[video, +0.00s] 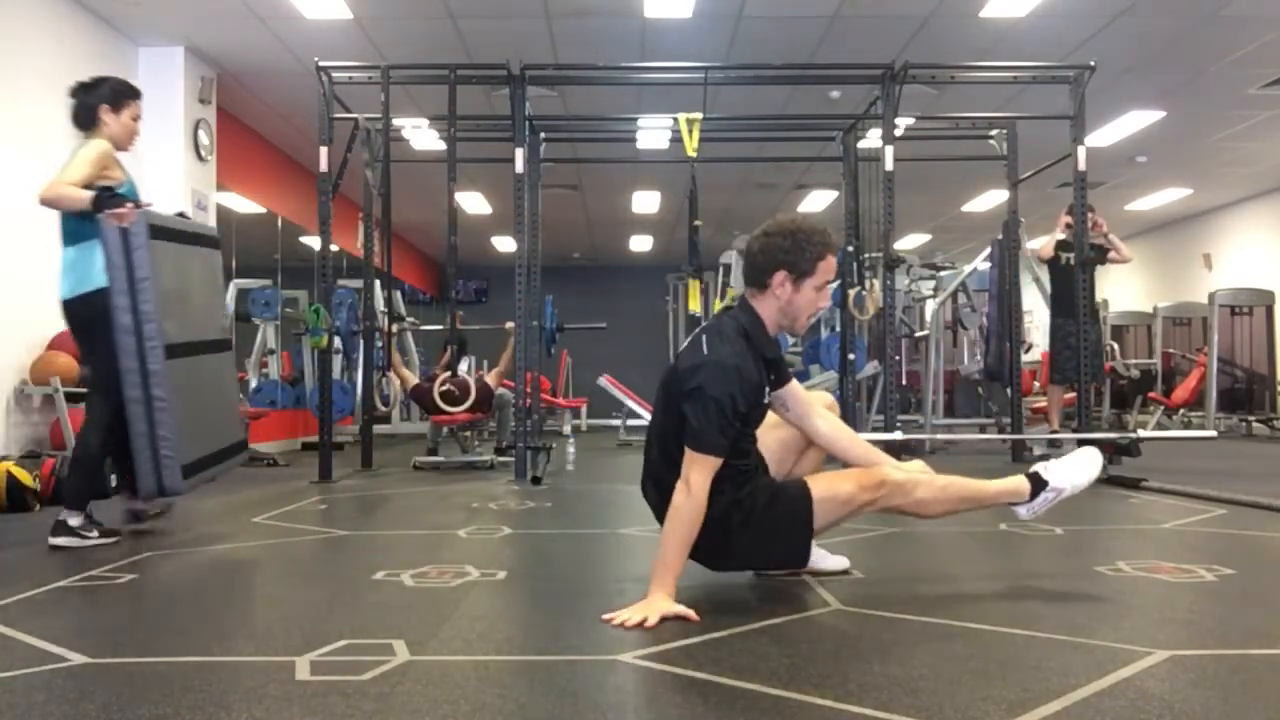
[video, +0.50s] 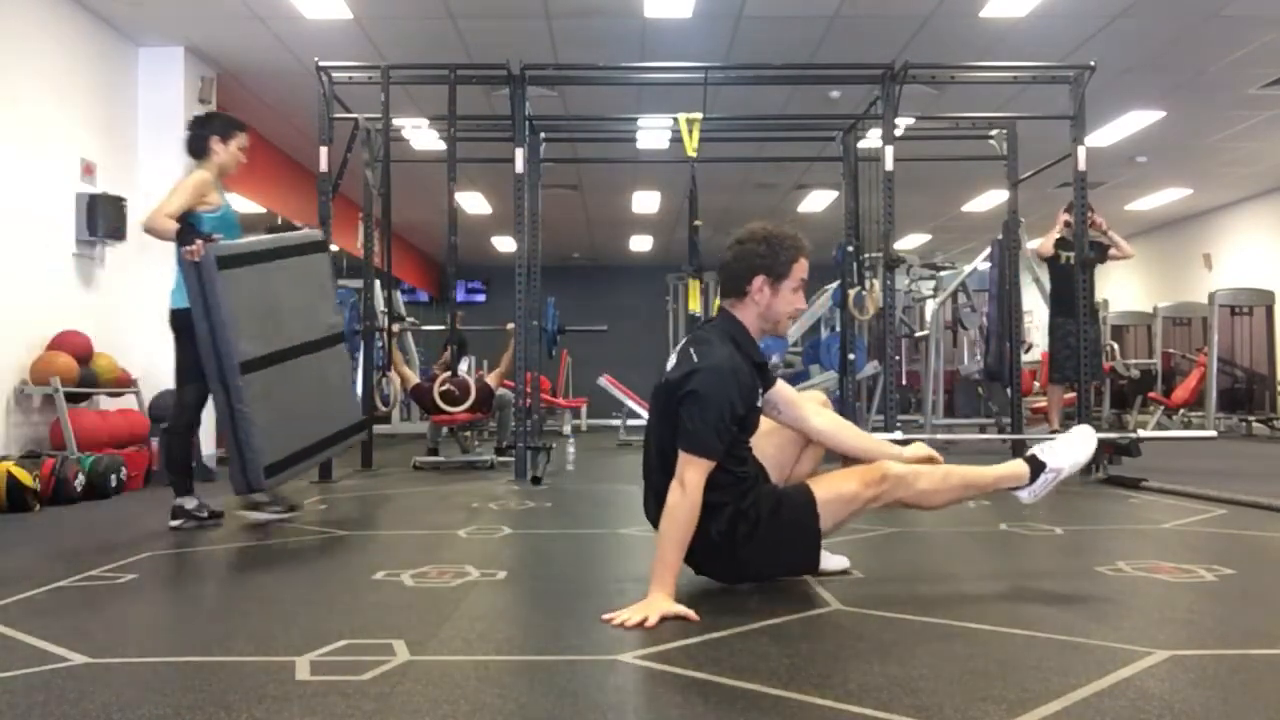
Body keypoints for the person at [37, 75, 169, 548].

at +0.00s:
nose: (138, 127)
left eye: (139, 118)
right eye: (133, 117)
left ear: (104, 115)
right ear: (106, 114)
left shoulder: (104, 158)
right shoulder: (97, 149)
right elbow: (52, 193)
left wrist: (131, 209)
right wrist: (102, 205)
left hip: (101, 294)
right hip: (94, 294)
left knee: (122, 396)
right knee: (108, 397)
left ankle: (136, 500)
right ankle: (72, 515)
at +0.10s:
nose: (157, 137)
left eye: (158, 129)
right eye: (153, 127)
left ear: (123, 126)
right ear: (126, 124)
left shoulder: (123, 168)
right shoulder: (119, 159)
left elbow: (102, 229)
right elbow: (75, 201)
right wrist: (124, 212)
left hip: (120, 301)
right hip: (119, 300)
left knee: (143, 400)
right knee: (129, 401)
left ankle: (169, 496)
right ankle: (77, 511)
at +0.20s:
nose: (181, 146)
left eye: (183, 138)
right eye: (177, 136)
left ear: (150, 136)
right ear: (152, 134)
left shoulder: (152, 176)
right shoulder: (145, 169)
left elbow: (122, 221)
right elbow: (104, 211)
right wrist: (146, 220)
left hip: (149, 304)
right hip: (148, 305)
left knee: (164, 407)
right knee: (167, 407)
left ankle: (182, 503)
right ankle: (106, 486)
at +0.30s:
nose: (204, 152)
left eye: (205, 143)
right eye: (200, 141)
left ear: (177, 139)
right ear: (173, 137)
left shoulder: (174, 179)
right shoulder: (163, 172)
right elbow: (120, 214)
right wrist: (158, 226)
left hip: (168, 299)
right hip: (162, 300)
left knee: (170, 393)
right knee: (173, 390)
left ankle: (179, 499)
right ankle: (153, 475)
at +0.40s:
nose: (224, 152)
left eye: (225, 144)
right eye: (220, 143)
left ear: (199, 142)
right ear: (195, 139)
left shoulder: (197, 183)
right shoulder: (180, 175)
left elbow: (214, 235)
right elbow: (136, 215)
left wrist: (267, 222)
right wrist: (170, 228)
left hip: (194, 304)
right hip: (176, 305)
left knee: (190, 396)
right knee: (182, 396)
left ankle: (189, 495)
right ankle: (181, 495)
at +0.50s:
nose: (244, 157)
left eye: (245, 150)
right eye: (240, 148)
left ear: (217, 147)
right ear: (216, 145)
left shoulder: (215, 189)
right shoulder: (199, 181)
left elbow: (234, 230)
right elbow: (154, 220)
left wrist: (280, 225)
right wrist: (186, 236)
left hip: (216, 308)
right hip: (194, 309)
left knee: (238, 396)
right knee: (190, 400)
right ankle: (182, 497)